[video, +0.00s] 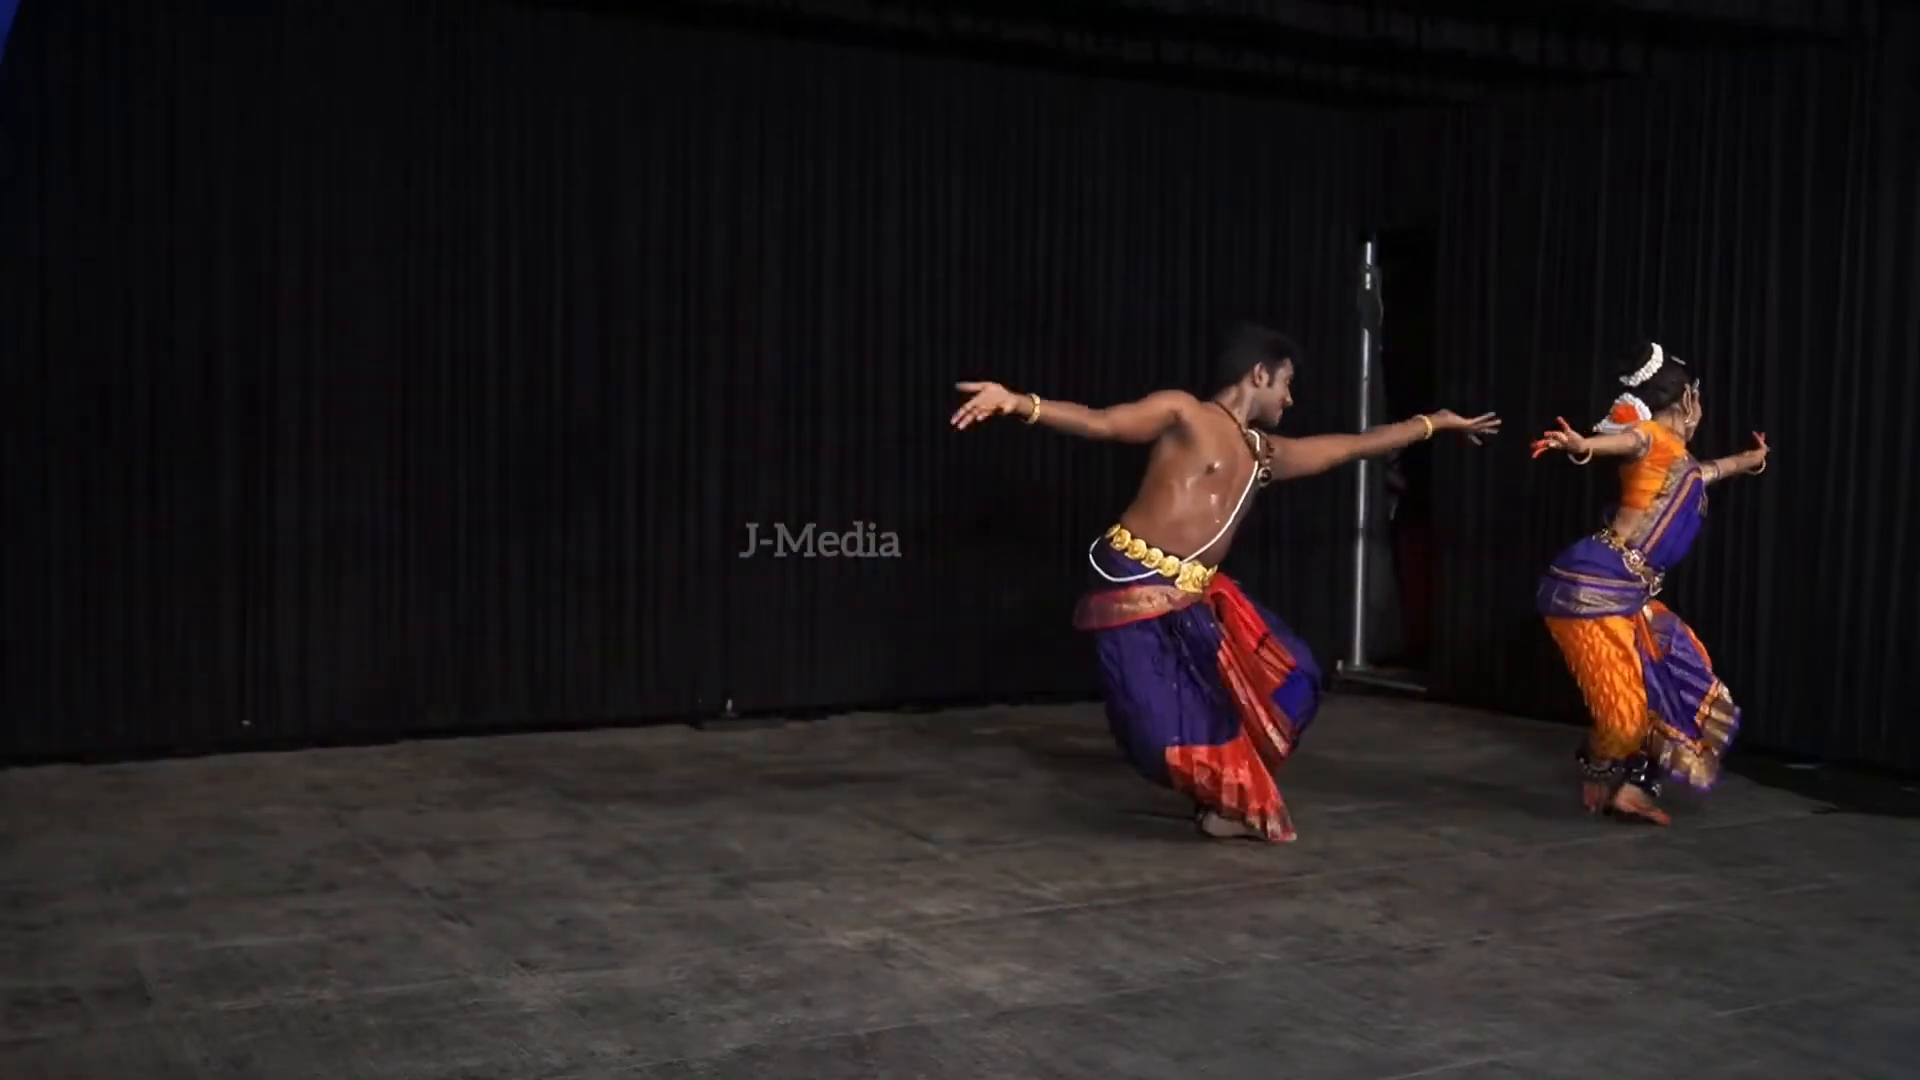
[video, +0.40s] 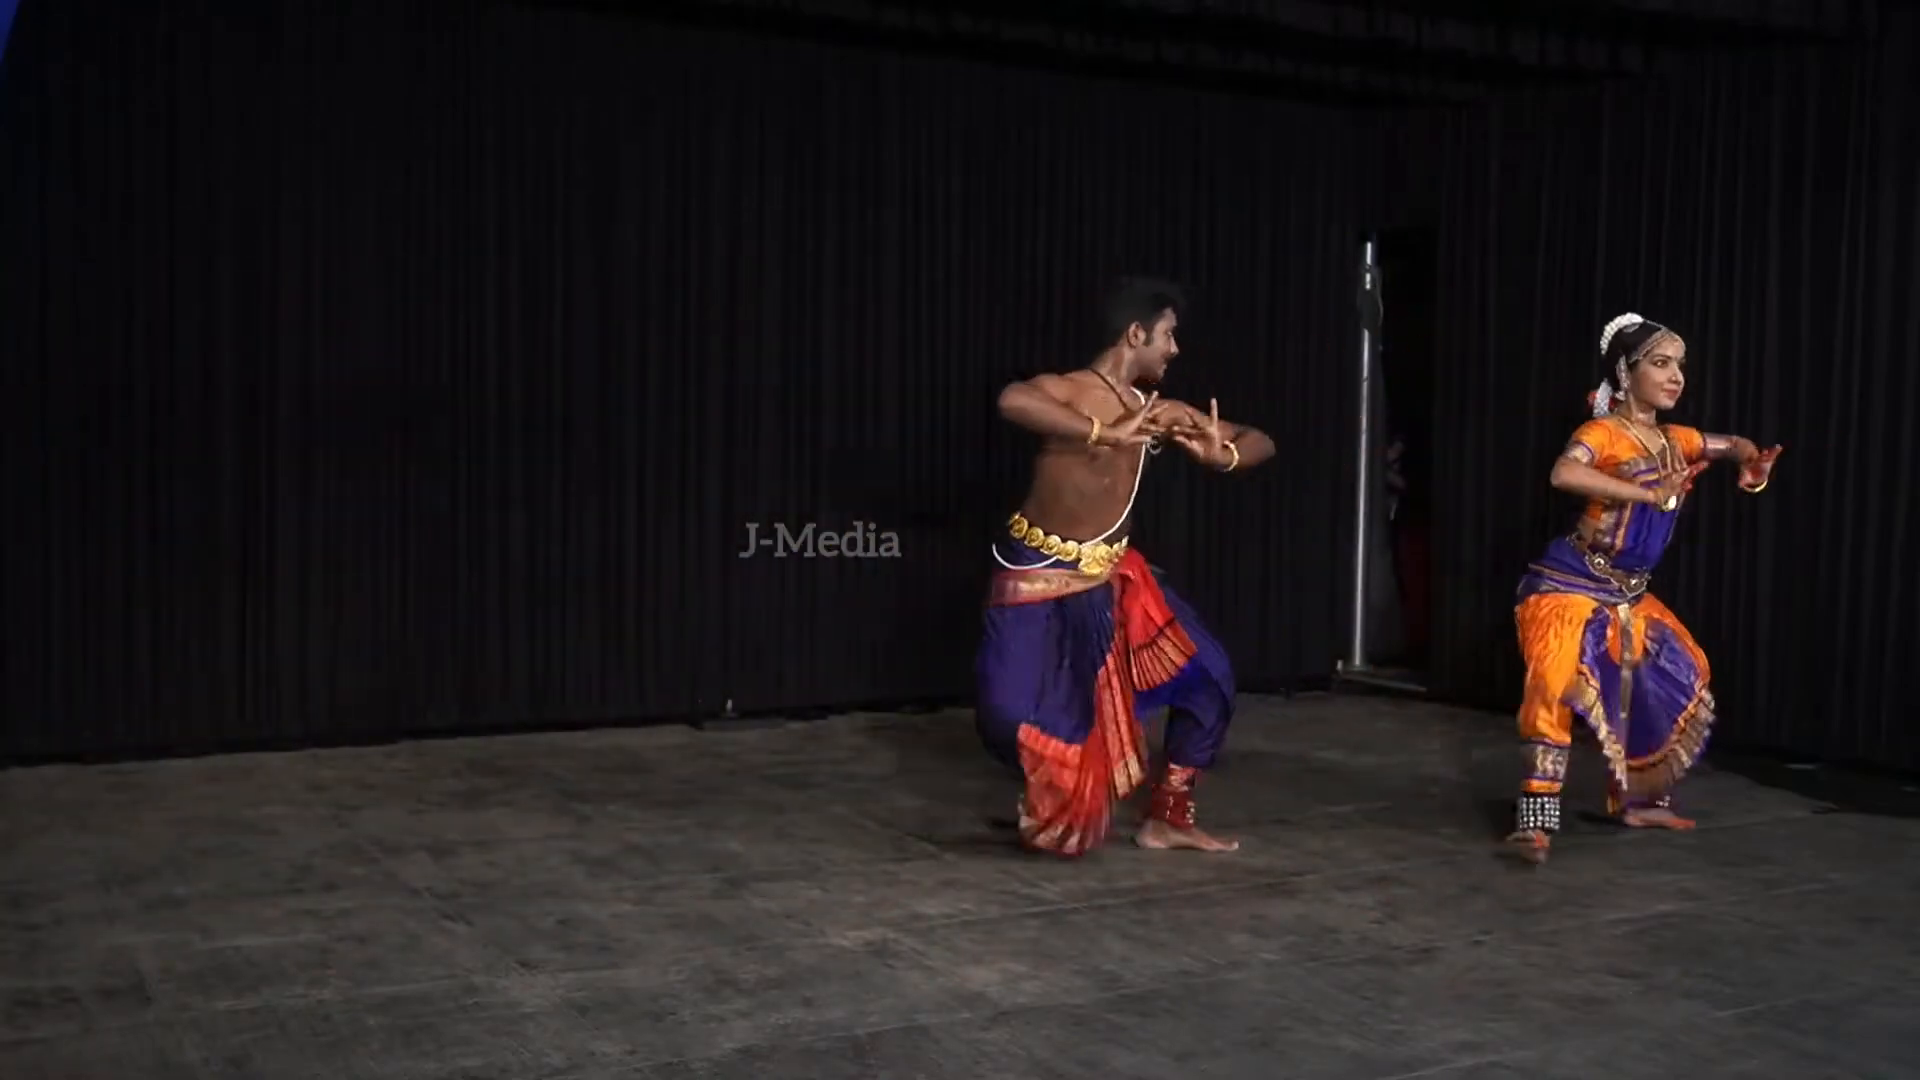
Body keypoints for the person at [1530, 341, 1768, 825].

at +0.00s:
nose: (1700, 407)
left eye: (1698, 398)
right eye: (1697, 398)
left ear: (1673, 406)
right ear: (1683, 404)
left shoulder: (1683, 462)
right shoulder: (1650, 435)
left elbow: (1706, 473)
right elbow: (1622, 440)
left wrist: (1748, 460)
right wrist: (1585, 444)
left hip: (1632, 600)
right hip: (1589, 595)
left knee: (1688, 675)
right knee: (1625, 708)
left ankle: (1636, 787)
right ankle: (1599, 772)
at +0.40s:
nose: (1676, 375)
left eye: (1680, 365)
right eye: (1662, 363)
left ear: (1681, 379)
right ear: (1626, 373)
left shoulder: (1678, 441)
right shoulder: (1603, 433)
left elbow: (1736, 444)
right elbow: (1565, 473)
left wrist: (1751, 466)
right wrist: (1643, 492)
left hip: (1629, 595)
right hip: (1569, 587)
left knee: (1686, 672)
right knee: (1553, 677)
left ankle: (1640, 799)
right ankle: (1537, 819)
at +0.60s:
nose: (1626, 353)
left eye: (1631, 343)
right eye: (1612, 340)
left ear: (1632, 353)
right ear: (1576, 350)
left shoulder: (1624, 424)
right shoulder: (1548, 412)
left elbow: (1696, 439)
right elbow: (1520, 450)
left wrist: (1699, 455)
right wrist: (1594, 488)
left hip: (1566, 585)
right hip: (1506, 579)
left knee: (1627, 659)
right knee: (1501, 697)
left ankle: (1610, 794)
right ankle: (1520, 840)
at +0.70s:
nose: (1599, 348)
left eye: (1603, 338)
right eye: (1584, 335)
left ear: (1604, 350)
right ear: (1547, 345)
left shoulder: (1597, 421)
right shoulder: (1520, 407)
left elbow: (1667, 434)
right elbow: (1492, 442)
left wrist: (1672, 451)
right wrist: (1569, 480)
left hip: (1538, 584)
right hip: (1477, 580)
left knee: (1602, 670)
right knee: (1490, 706)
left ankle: (1526, 766)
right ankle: (1518, 846)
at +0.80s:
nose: (1568, 342)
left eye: (1572, 332)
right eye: (1553, 329)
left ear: (1572, 344)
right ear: (1515, 342)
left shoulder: (1569, 419)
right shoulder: (1488, 403)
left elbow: (1645, 433)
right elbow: (1459, 438)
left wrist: (1644, 453)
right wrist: (1542, 473)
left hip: (1508, 590)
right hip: (1448, 585)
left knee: (1552, 705)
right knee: (1486, 712)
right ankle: (1516, 848)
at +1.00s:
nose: (1507, 336)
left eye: (1509, 325)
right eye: (1491, 324)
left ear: (1506, 341)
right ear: (1453, 338)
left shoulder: (1509, 419)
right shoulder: (1424, 402)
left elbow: (1590, 437)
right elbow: (1387, 434)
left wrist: (1586, 454)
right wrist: (1470, 467)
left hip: (1457, 592)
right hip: (1395, 582)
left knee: (1469, 717)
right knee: (1415, 707)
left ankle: (1358, 827)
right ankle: (1453, 825)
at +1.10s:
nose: (1486, 326)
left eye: (1485, 316)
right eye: (1468, 315)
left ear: (1479, 335)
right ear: (1430, 332)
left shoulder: (1487, 413)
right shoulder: (1403, 395)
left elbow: (1565, 434)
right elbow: (1363, 426)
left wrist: (1563, 450)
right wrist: (1446, 457)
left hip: (1431, 584)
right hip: (1368, 574)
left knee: (1411, 703)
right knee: (1349, 696)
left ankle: (1367, 841)